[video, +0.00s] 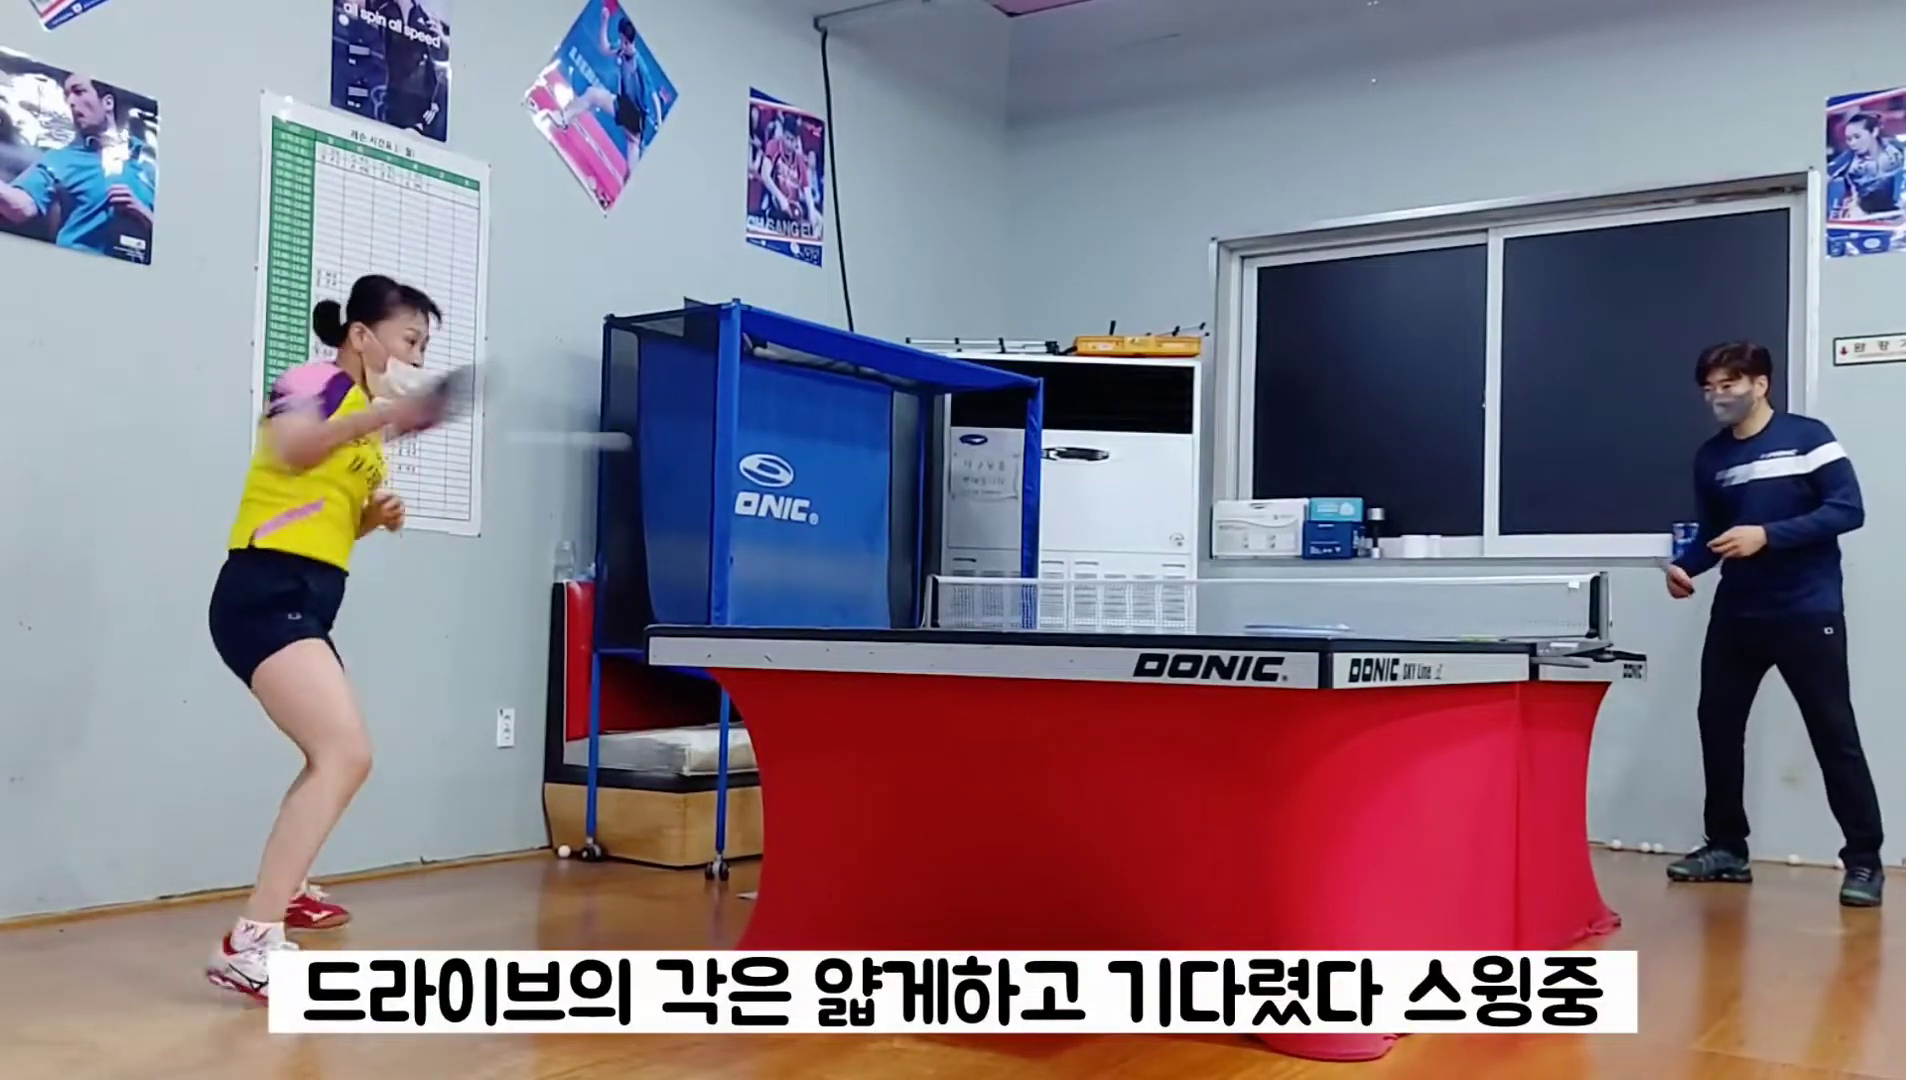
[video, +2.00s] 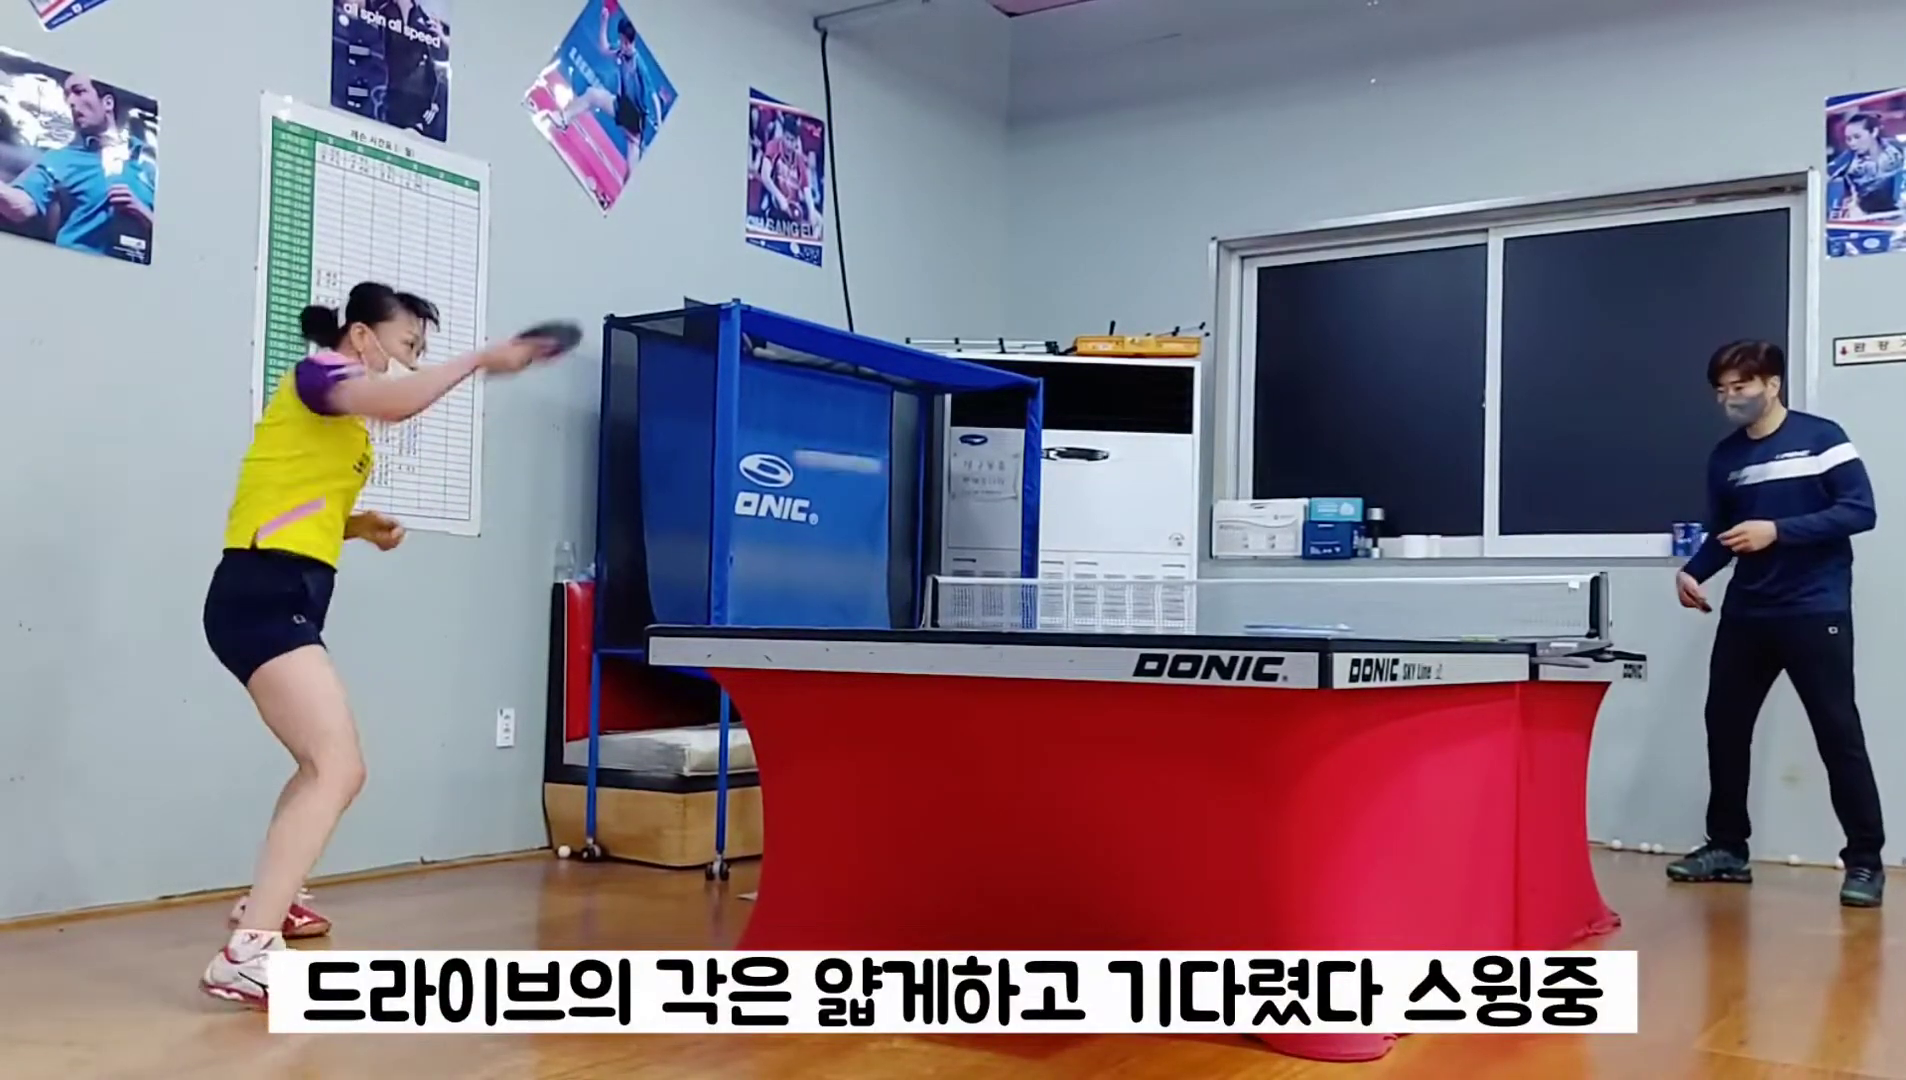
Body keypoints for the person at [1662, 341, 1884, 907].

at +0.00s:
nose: (1717, 395)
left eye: (1728, 384)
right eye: (1710, 388)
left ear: (1761, 384)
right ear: (1705, 395)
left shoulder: (1809, 436)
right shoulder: (1710, 458)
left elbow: (1848, 509)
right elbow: (1714, 534)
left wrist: (1767, 534)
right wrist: (1685, 564)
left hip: (1808, 615)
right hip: (1738, 616)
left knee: (1835, 737)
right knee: (1717, 725)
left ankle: (1863, 862)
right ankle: (1727, 848)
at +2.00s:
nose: (1730, 395)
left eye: (1741, 384)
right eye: (1723, 388)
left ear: (1772, 383)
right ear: (1718, 395)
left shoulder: (1822, 437)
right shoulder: (1726, 456)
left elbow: (1860, 510)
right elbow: (1726, 531)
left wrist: (1776, 529)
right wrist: (1693, 569)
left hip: (1816, 616)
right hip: (1747, 616)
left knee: (1839, 737)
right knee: (1725, 726)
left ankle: (1864, 863)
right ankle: (1728, 849)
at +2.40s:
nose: (1724, 401)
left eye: (1735, 390)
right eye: (1717, 393)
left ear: (1767, 389)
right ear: (1711, 398)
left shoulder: (1822, 439)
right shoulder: (1708, 461)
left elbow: (1864, 509)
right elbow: (1666, 519)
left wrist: (1794, 530)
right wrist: (1629, 536)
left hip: (1814, 614)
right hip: (1739, 613)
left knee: (1840, 736)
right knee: (1715, 724)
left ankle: (1864, 863)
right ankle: (1726, 849)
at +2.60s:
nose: (1726, 395)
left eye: (1737, 385)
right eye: (1718, 388)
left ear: (1769, 385)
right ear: (1712, 394)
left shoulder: (1822, 439)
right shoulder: (1708, 457)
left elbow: (1860, 512)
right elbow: (1669, 513)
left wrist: (1787, 533)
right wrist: (1636, 529)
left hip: (1812, 614)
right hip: (1736, 615)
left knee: (1838, 737)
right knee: (1715, 725)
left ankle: (1863, 863)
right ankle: (1725, 849)